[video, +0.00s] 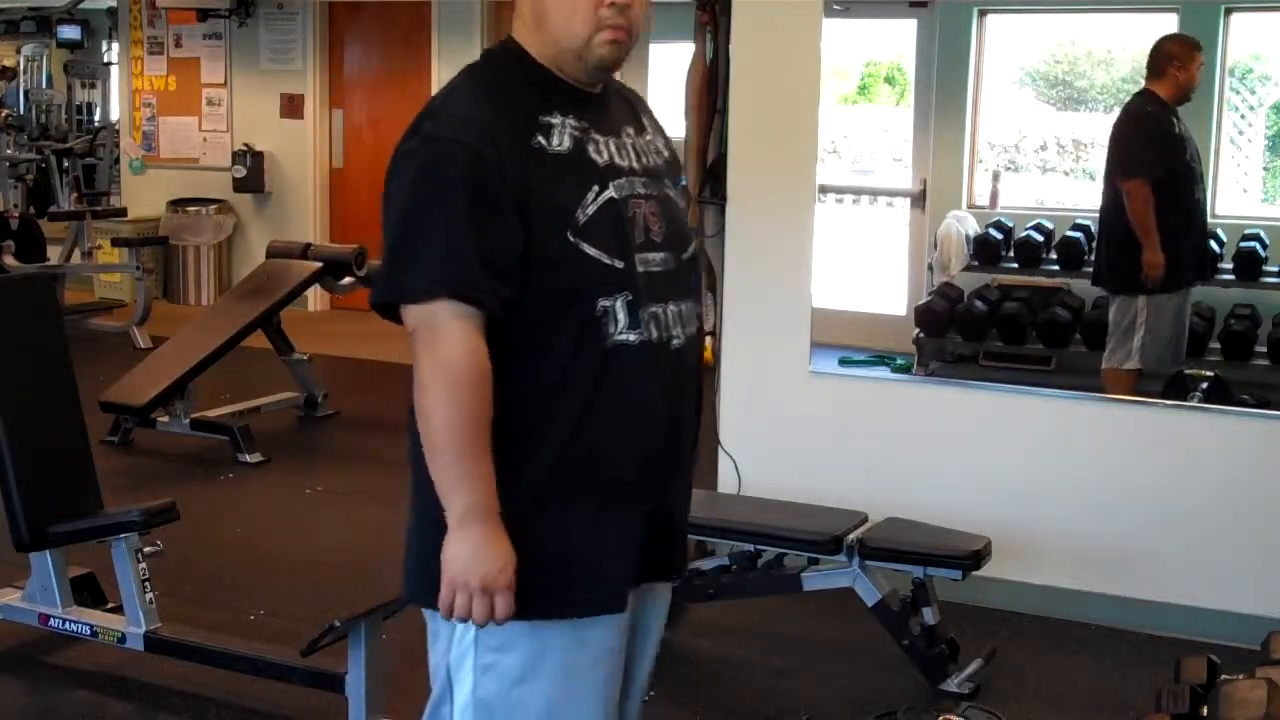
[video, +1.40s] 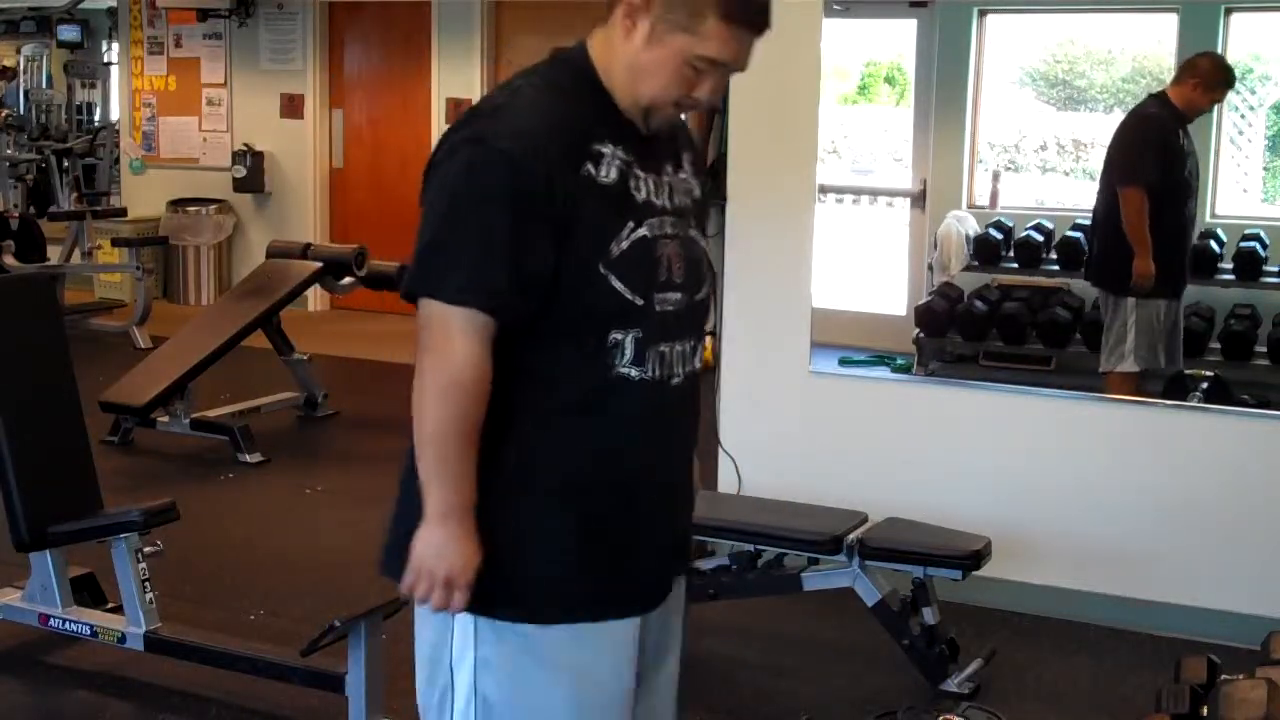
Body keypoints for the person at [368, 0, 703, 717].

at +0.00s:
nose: (624, 3)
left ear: (648, 7)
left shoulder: (634, 116)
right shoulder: (465, 129)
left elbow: (655, 311)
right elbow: (442, 328)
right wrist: (471, 520)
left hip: (638, 534)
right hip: (527, 552)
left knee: (604, 707)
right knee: (522, 709)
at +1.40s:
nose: (709, 96)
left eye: (726, 74)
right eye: (701, 66)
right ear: (633, 18)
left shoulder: (673, 142)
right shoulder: (508, 141)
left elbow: (658, 331)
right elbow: (451, 333)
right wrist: (446, 518)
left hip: (644, 551)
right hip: (522, 569)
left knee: (636, 707)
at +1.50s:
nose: (719, 105)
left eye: (738, 84)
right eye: (710, 74)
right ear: (646, 21)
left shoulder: (692, 147)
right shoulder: (516, 140)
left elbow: (693, 317)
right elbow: (459, 323)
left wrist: (700, 441)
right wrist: (470, 505)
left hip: (652, 544)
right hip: (524, 558)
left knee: (648, 707)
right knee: (516, 709)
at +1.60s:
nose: (720, 106)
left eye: (740, 86)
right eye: (711, 75)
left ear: (756, 76)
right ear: (651, 22)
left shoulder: (697, 147)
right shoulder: (518, 135)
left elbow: (698, 315)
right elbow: (460, 319)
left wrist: (703, 442)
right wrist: (473, 497)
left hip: (655, 525)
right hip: (532, 532)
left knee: (653, 713)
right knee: (516, 711)